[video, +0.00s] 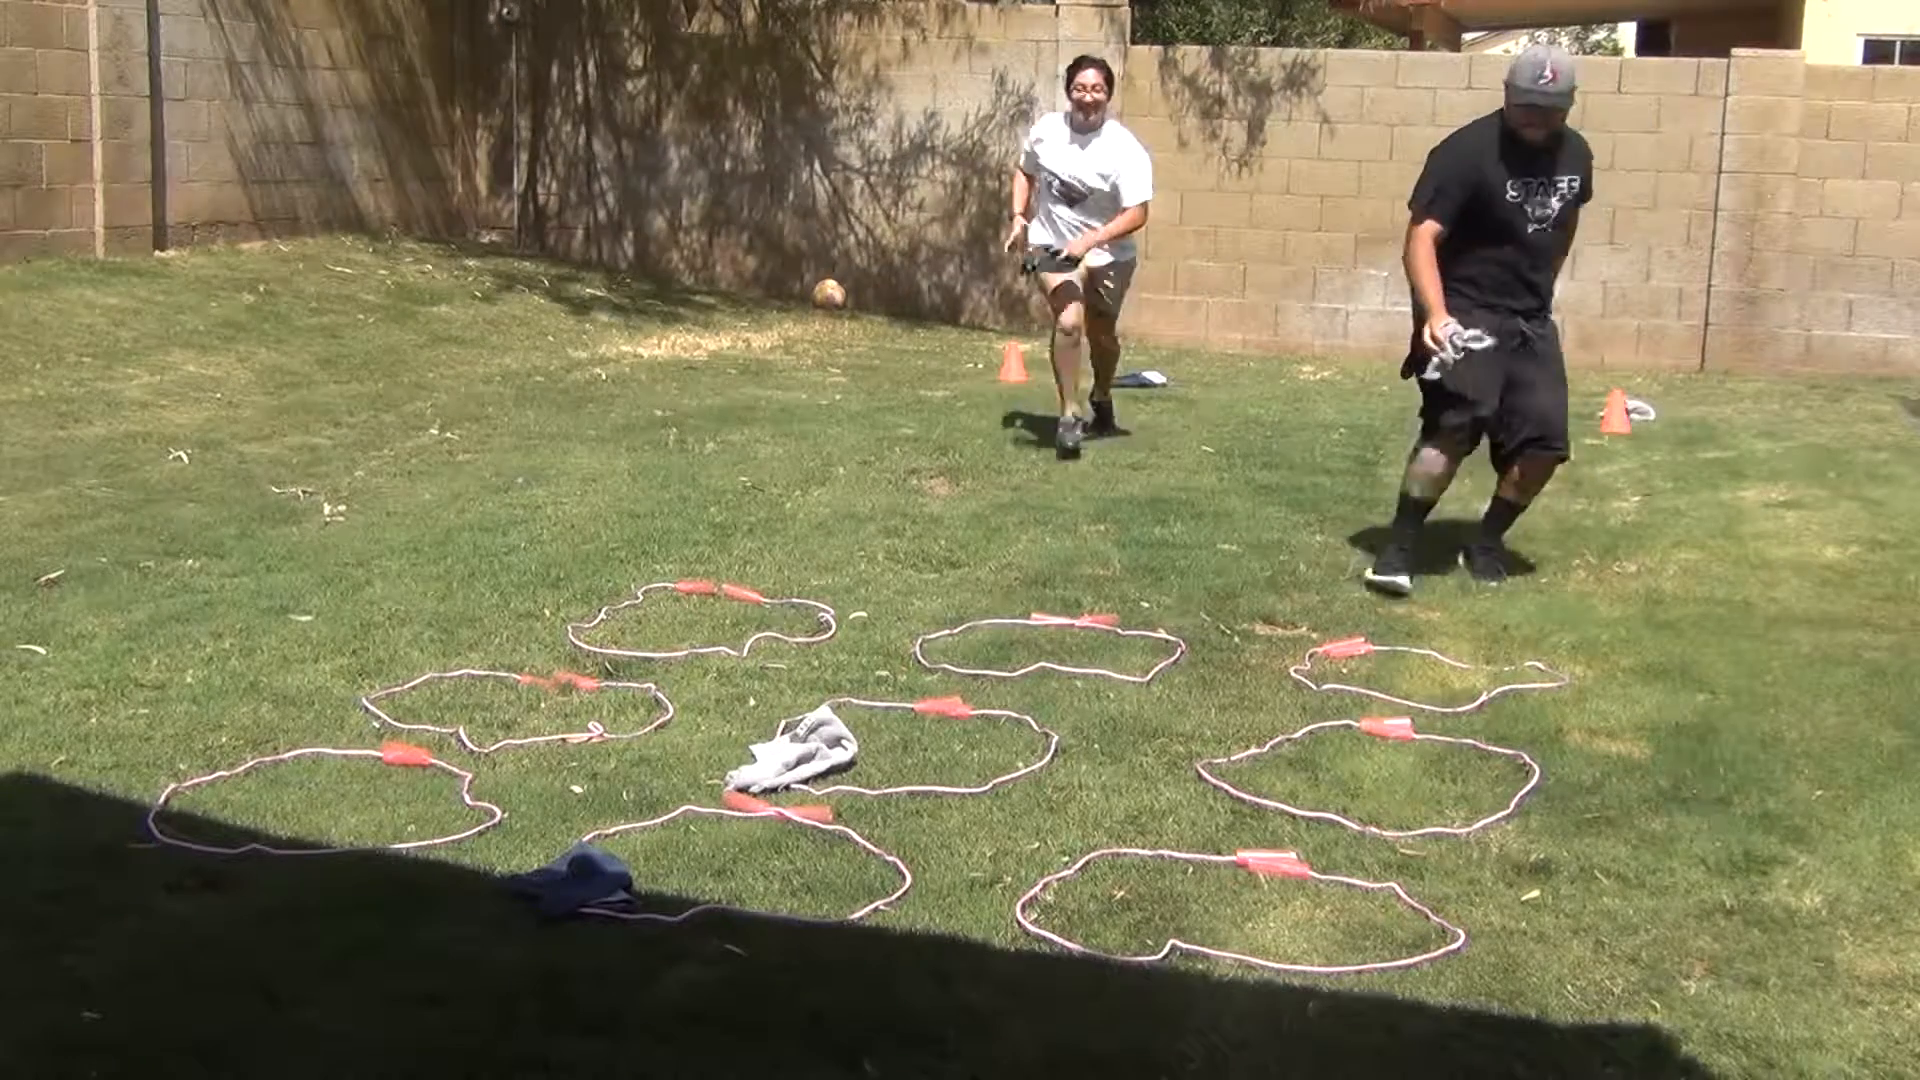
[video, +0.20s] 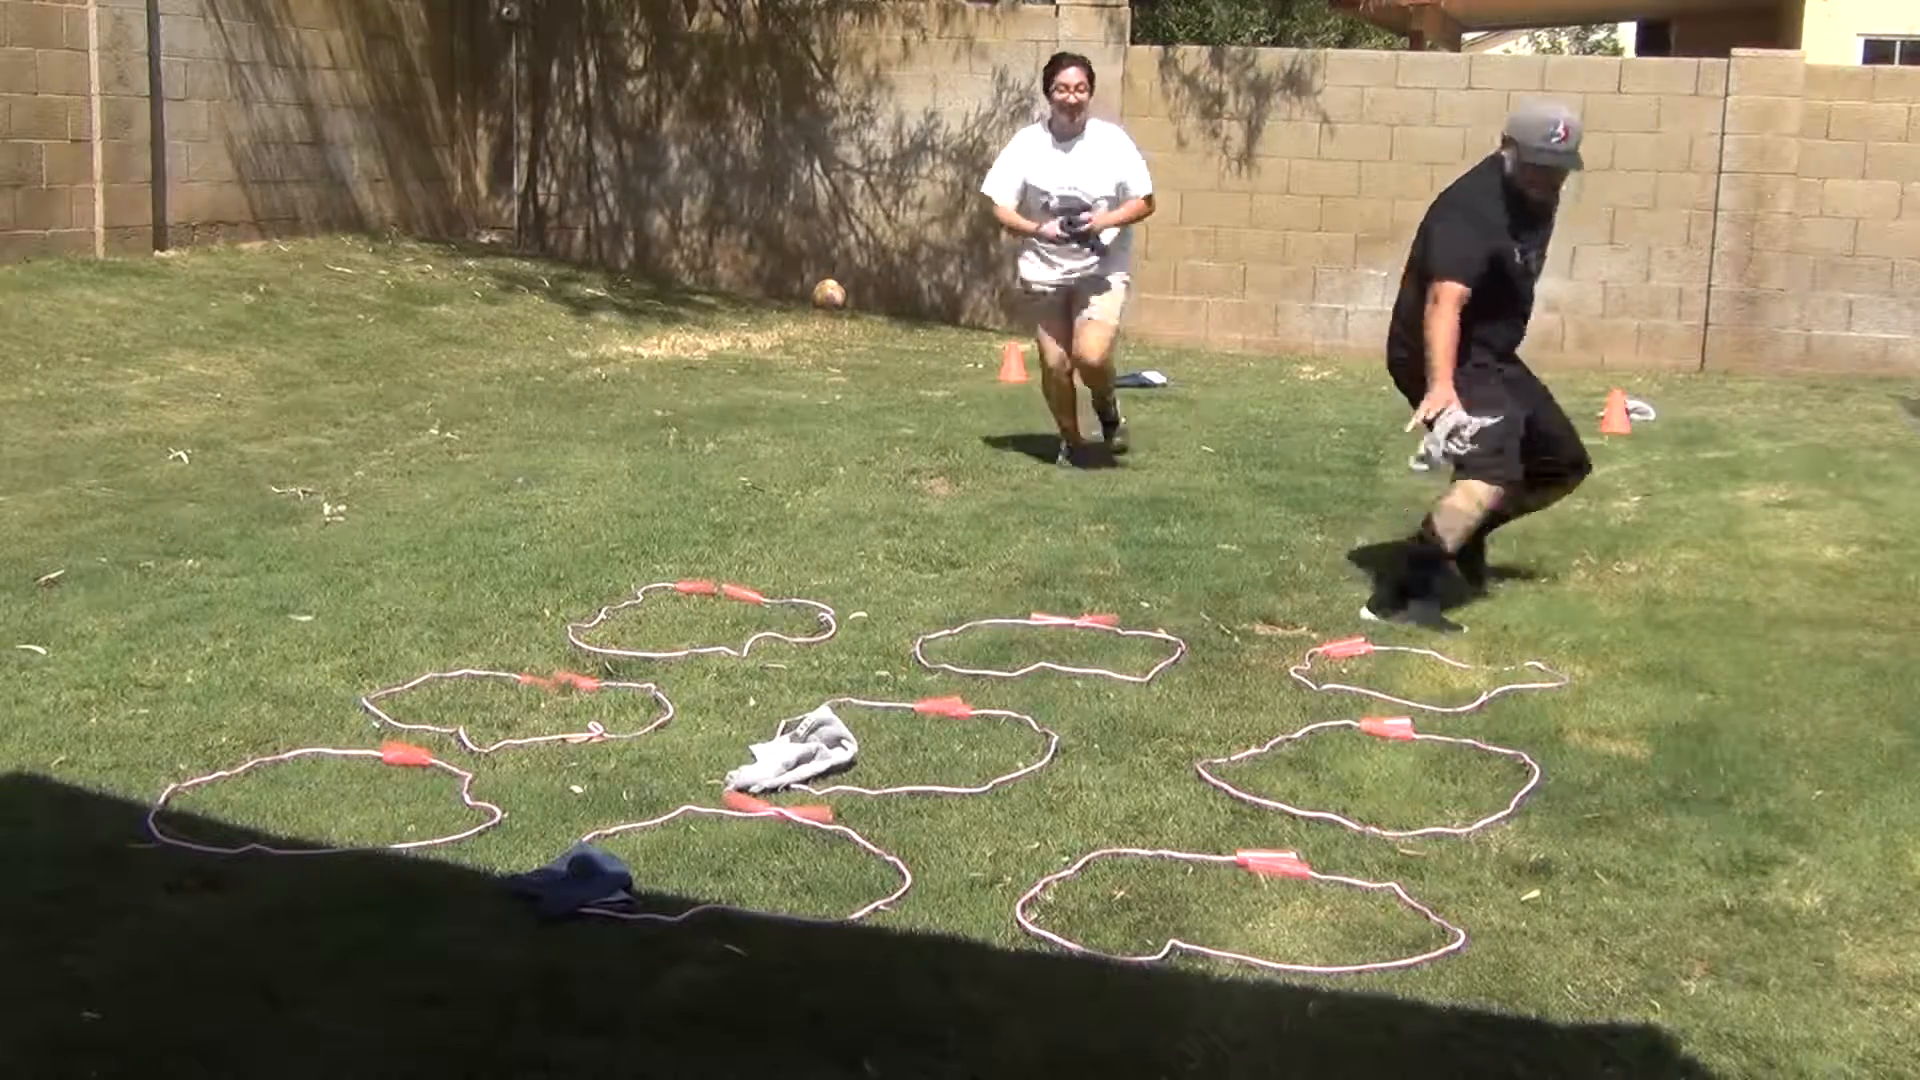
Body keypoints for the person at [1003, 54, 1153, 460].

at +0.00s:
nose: (1089, 98)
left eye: (1097, 90)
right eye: (1080, 89)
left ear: (1109, 96)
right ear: (1068, 94)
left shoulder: (1126, 149)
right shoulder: (1047, 129)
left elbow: (1136, 214)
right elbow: (1025, 173)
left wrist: (1088, 239)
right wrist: (1018, 218)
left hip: (1109, 249)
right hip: (1054, 244)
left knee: (1101, 335)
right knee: (1070, 321)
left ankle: (1102, 398)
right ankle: (1069, 414)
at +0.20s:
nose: (1072, 97)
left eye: (1080, 88)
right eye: (1063, 88)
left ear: (1091, 93)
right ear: (1048, 94)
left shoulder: (1112, 139)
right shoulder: (1026, 142)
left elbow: (1144, 202)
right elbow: (998, 205)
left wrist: (1105, 220)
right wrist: (1037, 228)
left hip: (1102, 270)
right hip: (1046, 271)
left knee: (1091, 356)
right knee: (1055, 365)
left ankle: (1105, 405)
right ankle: (1069, 441)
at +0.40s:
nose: (1068, 90)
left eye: (1076, 81)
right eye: (1058, 81)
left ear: (1089, 83)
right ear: (1043, 83)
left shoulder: (1109, 138)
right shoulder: (1013, 132)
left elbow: (1146, 207)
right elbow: (984, 199)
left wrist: (1091, 232)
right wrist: (1012, 221)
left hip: (1084, 269)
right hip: (1024, 274)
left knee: (1079, 366)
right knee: (1040, 386)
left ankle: (1101, 477)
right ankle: (1061, 405)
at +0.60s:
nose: (1020, 73)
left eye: (1031, 65)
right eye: (1011, 63)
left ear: (1047, 71)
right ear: (999, 67)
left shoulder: (1056, 129)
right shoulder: (980, 110)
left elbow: (1043, 215)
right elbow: (969, 167)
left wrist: (971, 212)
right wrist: (950, 197)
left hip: (1049, 275)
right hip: (986, 267)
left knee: (1070, 387)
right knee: (972, 364)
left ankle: (1100, 475)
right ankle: (990, 476)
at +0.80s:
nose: (934, 76)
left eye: (946, 66)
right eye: (925, 66)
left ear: (966, 72)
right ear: (913, 73)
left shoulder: (987, 132)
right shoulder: (895, 135)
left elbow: (1032, 203)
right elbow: (856, 201)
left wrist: (1009, 268)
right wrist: (825, 209)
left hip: (980, 290)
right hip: (915, 293)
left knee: (962, 412)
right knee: (932, 415)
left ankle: (1023, 447)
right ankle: (973, 519)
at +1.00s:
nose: (828, 65)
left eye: (841, 53)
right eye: (819, 54)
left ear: (867, 58)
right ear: (809, 60)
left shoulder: (900, 119)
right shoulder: (785, 120)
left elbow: (989, 158)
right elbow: (729, 197)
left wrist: (998, 244)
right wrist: (751, 197)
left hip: (883, 284)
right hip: (816, 298)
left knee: (839, 401)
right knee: (875, 420)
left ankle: (841, 546)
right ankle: (932, 488)